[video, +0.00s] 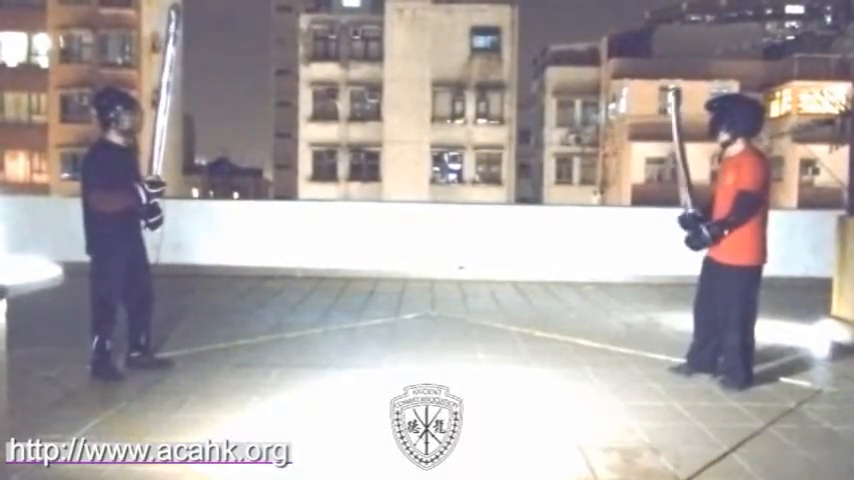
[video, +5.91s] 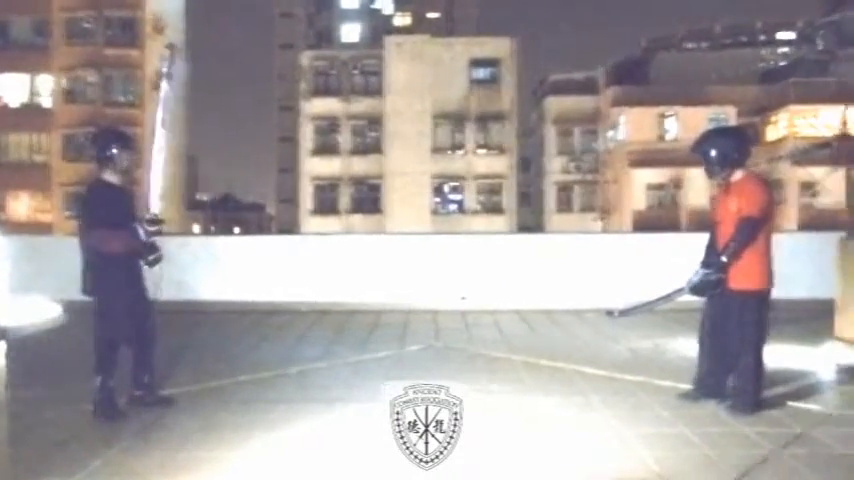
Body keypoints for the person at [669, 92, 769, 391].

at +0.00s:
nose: (714, 127)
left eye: (719, 121)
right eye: (715, 121)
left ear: (733, 126)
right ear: (731, 126)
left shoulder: (752, 162)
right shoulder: (723, 160)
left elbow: (746, 206)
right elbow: (719, 201)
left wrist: (714, 230)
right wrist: (701, 216)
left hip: (743, 254)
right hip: (719, 250)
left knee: (736, 315)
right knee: (707, 308)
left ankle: (736, 371)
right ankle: (701, 359)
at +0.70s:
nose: (719, 150)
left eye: (724, 143)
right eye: (719, 143)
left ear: (740, 145)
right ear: (726, 146)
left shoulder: (756, 182)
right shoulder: (727, 183)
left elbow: (753, 224)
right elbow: (719, 225)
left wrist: (725, 257)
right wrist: (703, 254)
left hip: (749, 276)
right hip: (724, 272)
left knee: (744, 336)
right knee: (715, 329)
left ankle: (744, 393)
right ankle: (708, 382)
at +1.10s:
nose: (706, 192)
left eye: (710, 185)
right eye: (705, 186)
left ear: (727, 182)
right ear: (711, 185)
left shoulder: (754, 212)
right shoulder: (719, 218)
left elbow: (746, 255)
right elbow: (717, 259)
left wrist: (721, 288)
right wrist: (710, 291)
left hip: (756, 306)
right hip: (729, 304)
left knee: (753, 367)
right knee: (717, 361)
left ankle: (749, 422)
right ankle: (709, 411)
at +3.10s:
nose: (718, 188)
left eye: (721, 181)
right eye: (717, 182)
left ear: (736, 178)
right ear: (733, 180)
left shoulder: (766, 207)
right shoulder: (736, 212)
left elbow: (760, 249)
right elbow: (730, 255)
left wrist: (733, 285)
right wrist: (719, 286)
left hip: (764, 302)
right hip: (739, 300)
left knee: (761, 363)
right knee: (727, 356)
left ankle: (757, 420)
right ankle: (719, 408)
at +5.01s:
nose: (710, 183)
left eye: (713, 176)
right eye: (709, 177)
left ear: (729, 173)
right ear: (725, 175)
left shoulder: (760, 203)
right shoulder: (727, 206)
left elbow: (752, 246)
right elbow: (722, 248)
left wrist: (725, 281)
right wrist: (711, 280)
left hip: (755, 295)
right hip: (730, 292)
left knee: (752, 357)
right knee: (719, 349)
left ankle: (750, 414)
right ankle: (712, 402)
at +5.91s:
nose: (706, 168)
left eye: (709, 161)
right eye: (705, 161)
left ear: (725, 158)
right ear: (723, 160)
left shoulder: (754, 189)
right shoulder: (722, 194)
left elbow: (748, 229)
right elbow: (717, 235)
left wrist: (721, 264)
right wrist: (707, 267)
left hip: (749, 279)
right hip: (724, 277)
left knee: (746, 339)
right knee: (715, 333)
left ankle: (745, 393)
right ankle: (709, 384)